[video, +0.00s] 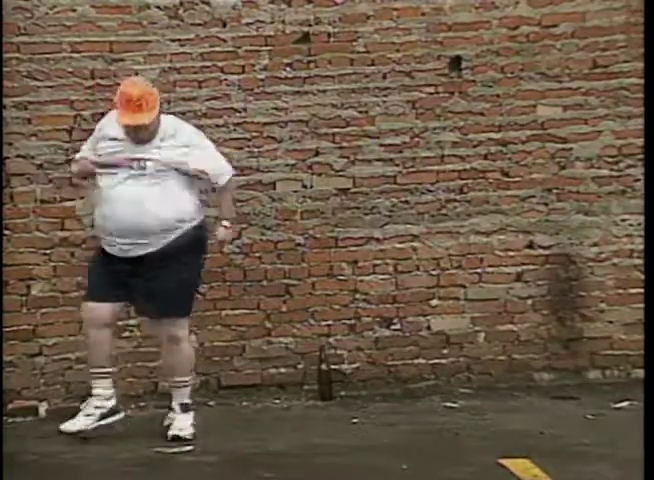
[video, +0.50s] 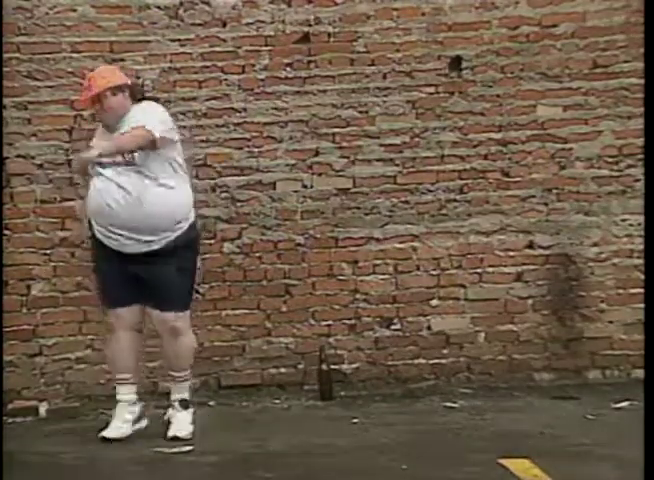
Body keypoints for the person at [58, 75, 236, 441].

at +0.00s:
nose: (137, 131)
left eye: (143, 125)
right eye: (130, 125)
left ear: (157, 114)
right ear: (119, 114)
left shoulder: (184, 137)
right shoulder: (107, 130)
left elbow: (224, 178)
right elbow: (77, 178)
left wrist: (227, 220)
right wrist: (80, 170)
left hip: (174, 246)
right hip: (117, 246)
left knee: (174, 332)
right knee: (95, 316)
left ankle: (182, 411)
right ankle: (103, 400)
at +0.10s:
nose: (135, 132)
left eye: (143, 126)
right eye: (129, 125)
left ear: (158, 118)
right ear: (119, 117)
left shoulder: (184, 144)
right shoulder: (108, 134)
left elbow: (218, 189)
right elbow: (77, 173)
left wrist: (215, 224)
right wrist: (78, 173)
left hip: (173, 246)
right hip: (121, 251)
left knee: (174, 332)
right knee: (111, 330)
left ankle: (197, 411)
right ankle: (115, 412)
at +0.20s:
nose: (130, 135)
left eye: (137, 128)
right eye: (124, 128)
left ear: (154, 117)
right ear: (117, 122)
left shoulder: (180, 146)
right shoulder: (112, 150)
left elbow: (210, 186)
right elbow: (77, 184)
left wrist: (196, 200)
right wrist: (37, 187)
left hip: (172, 254)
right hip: (119, 259)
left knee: (171, 336)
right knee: (99, 329)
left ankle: (195, 413)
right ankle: (112, 412)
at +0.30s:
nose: (114, 120)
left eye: (119, 111)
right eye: (110, 114)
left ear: (140, 101)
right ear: (111, 113)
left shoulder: (171, 127)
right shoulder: (114, 142)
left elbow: (197, 163)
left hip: (172, 250)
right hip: (118, 254)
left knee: (173, 335)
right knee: (99, 328)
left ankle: (195, 412)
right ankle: (108, 404)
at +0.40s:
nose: (100, 107)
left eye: (102, 99)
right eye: (97, 102)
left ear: (124, 88)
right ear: (106, 98)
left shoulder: (161, 110)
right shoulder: (106, 131)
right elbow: (93, 182)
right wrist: (69, 220)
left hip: (169, 240)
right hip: (114, 242)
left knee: (174, 326)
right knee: (109, 319)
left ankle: (192, 407)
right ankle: (112, 400)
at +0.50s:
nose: (95, 109)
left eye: (99, 100)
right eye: (93, 104)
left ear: (121, 94)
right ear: (97, 105)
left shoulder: (150, 113)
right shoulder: (102, 134)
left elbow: (141, 139)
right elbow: (89, 179)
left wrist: (98, 149)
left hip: (168, 240)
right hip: (114, 241)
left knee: (173, 322)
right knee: (122, 322)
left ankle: (181, 406)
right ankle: (127, 405)